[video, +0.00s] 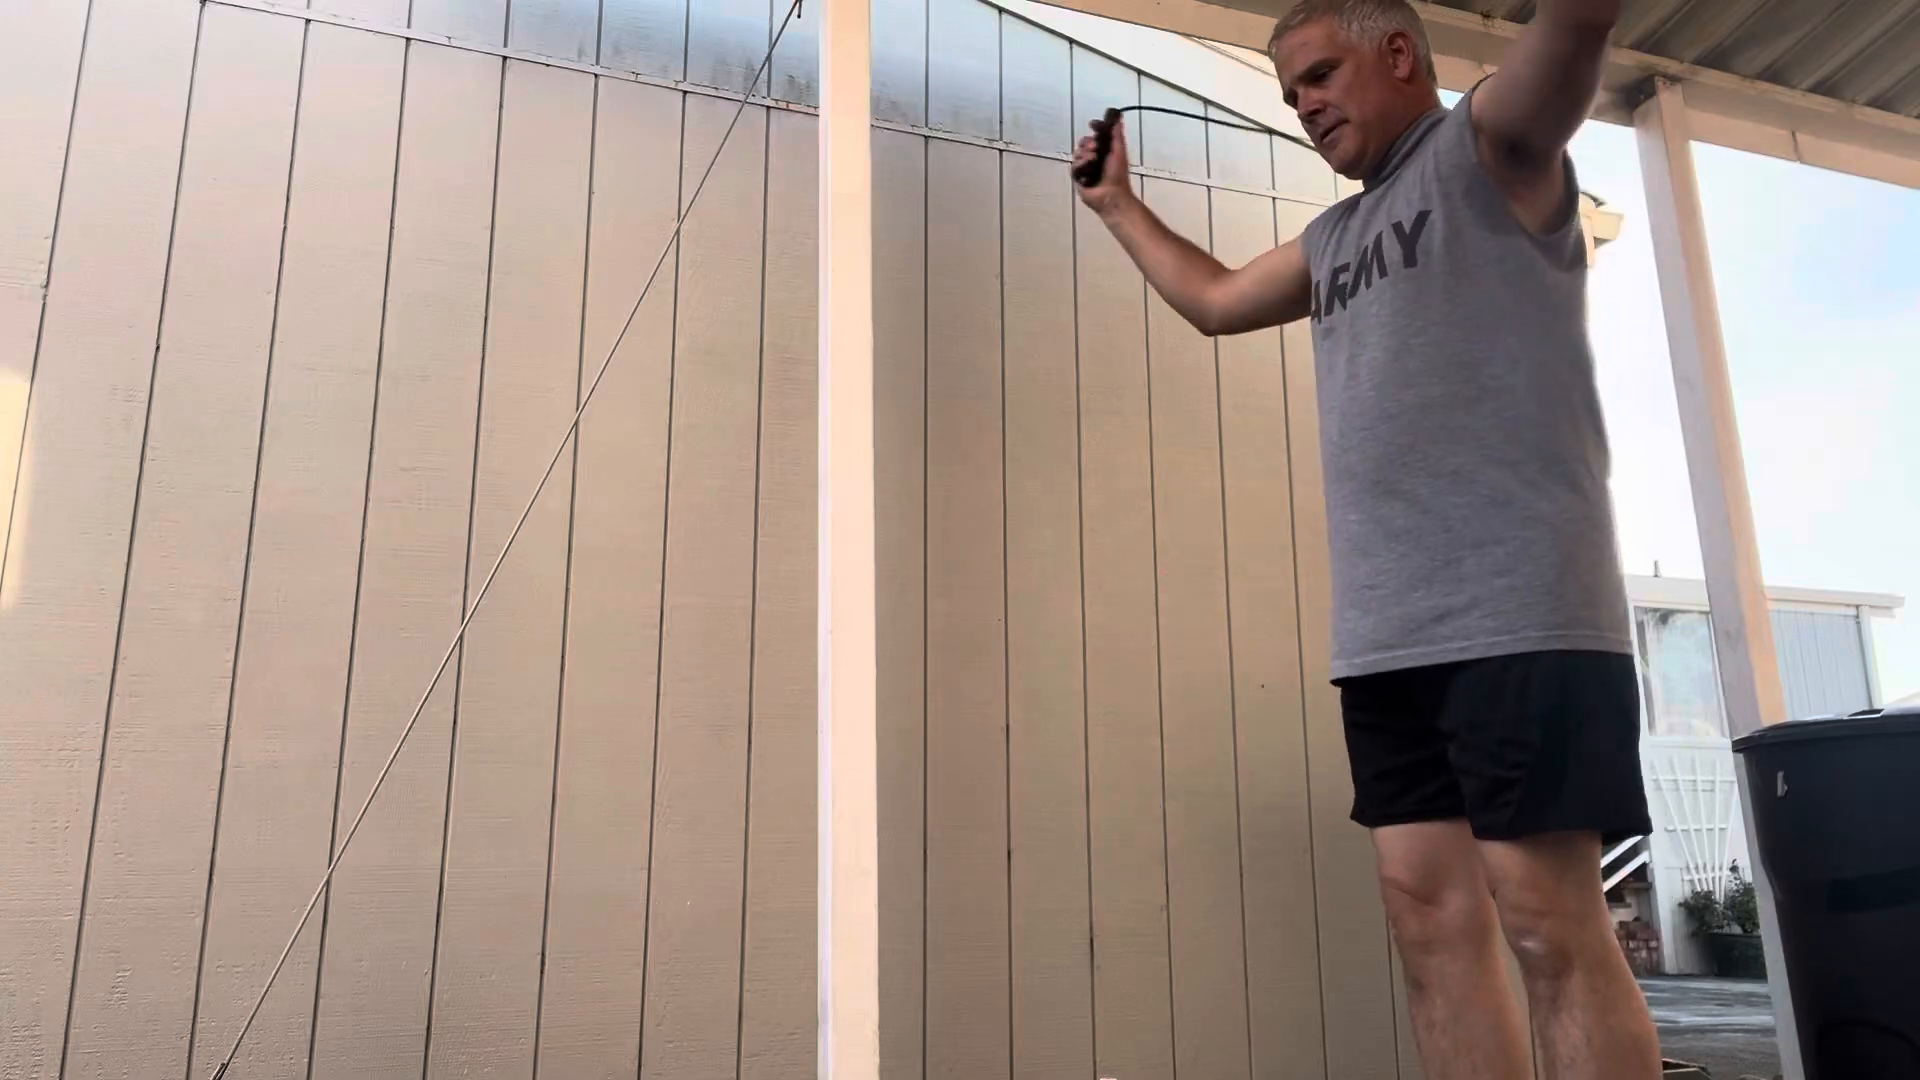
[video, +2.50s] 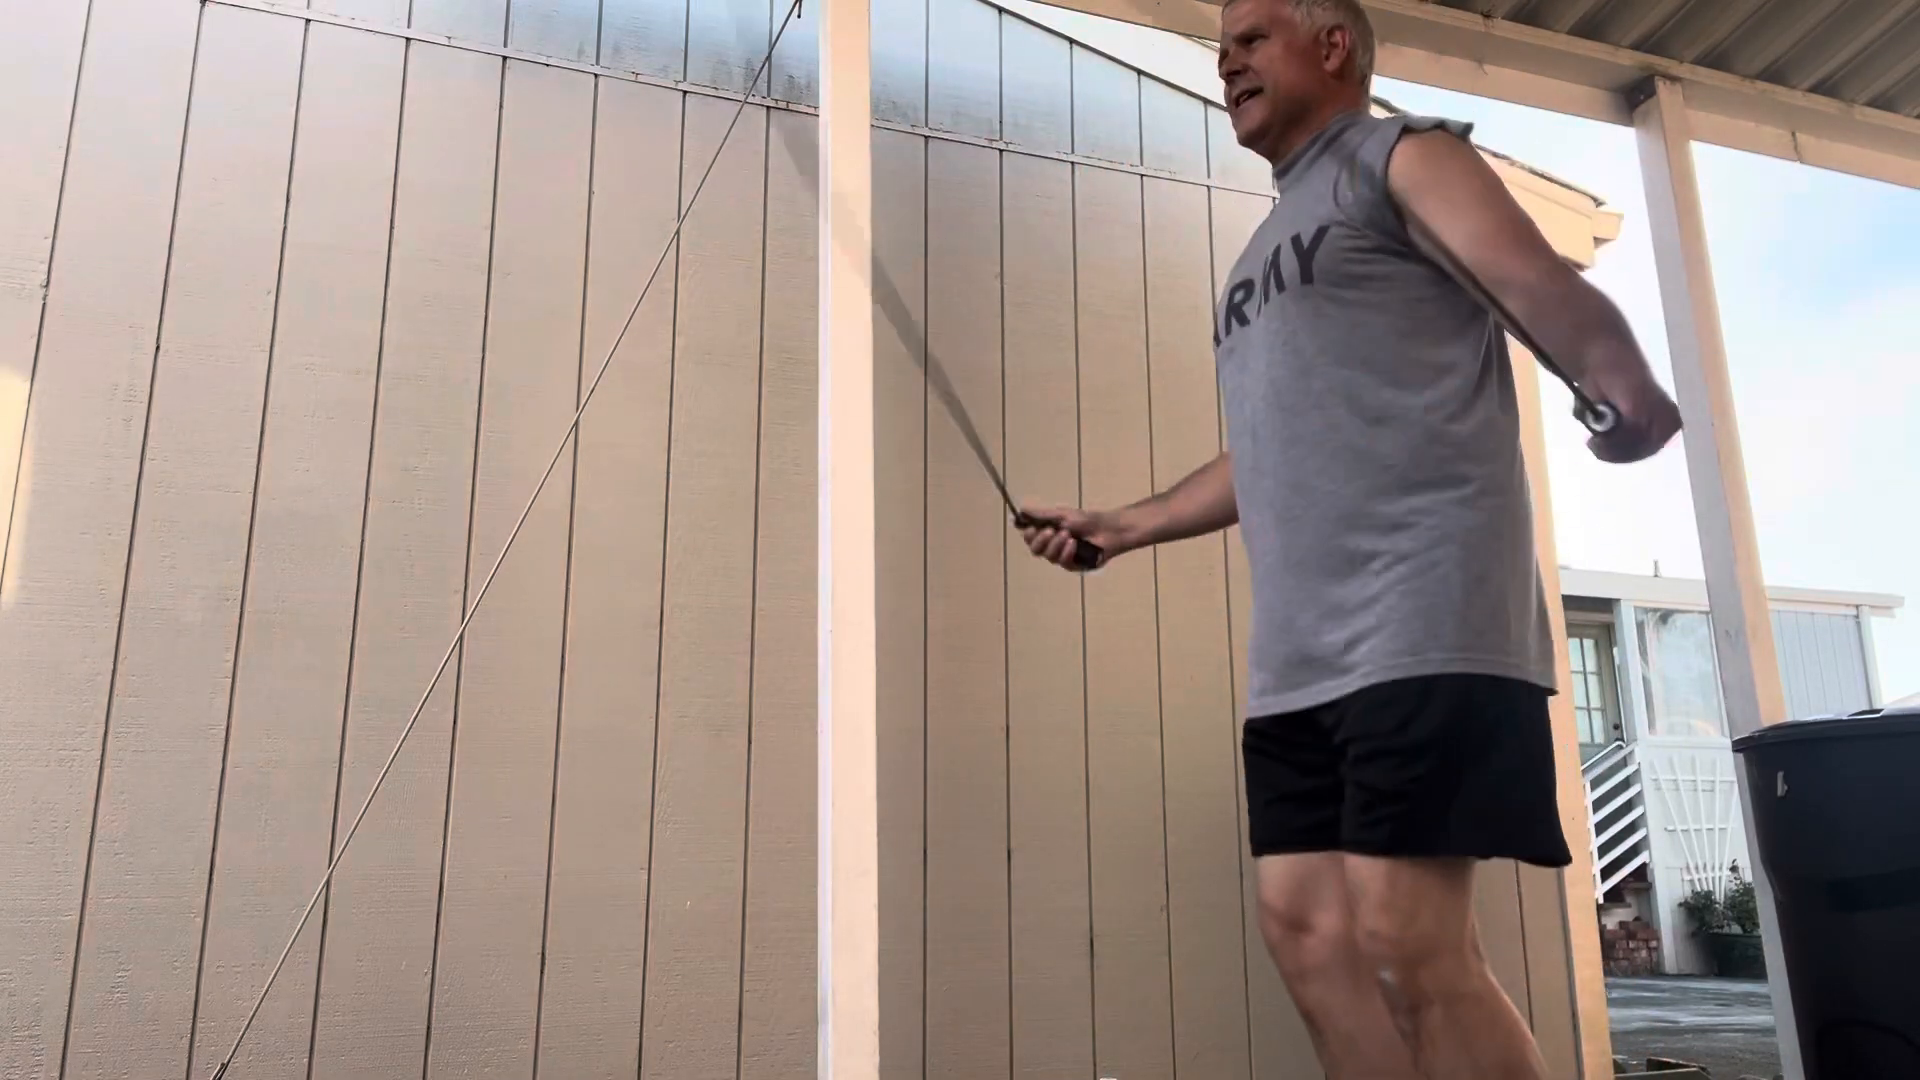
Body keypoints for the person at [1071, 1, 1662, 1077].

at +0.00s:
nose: (1306, 106)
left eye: (1322, 74)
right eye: (1292, 92)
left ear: (1401, 55)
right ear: (1292, 108)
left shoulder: (1491, 144)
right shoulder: (1332, 239)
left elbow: (1575, 24)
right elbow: (1214, 299)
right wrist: (1116, 201)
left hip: (1525, 603)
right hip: (1382, 623)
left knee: (1550, 918)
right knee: (1425, 909)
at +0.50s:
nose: (1250, 15)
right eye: (1241, 7)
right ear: (1257, 26)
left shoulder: (1446, 60)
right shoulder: (1281, 186)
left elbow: (1567, 205)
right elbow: (1294, 375)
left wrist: (1739, 321)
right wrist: (1223, 512)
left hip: (1488, 479)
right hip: (1344, 520)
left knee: (1449, 809)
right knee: (1368, 818)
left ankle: (1550, 1074)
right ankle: (1472, 1073)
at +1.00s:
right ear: (1274, 23)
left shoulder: (1440, 49)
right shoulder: (1280, 163)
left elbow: (1562, 179)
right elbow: (1287, 359)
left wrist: (1729, 264)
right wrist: (1193, 492)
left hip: (1457, 465)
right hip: (1324, 498)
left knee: (1439, 800)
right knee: (1355, 807)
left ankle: (1546, 1072)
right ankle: (1467, 1070)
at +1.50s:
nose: (1236, 7)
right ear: (1264, 18)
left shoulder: (1414, 45)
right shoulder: (1264, 161)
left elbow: (1539, 174)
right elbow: (1282, 360)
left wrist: (1696, 239)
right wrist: (1192, 470)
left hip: (1431, 490)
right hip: (1294, 522)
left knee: (1436, 817)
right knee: (1353, 822)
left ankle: (1522, 1073)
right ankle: (1437, 1070)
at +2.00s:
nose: (1218, 17)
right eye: (1216, 7)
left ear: (1325, 3)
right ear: (1235, 32)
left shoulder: (1399, 87)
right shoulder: (1249, 198)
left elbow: (1518, 210)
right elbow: (1265, 394)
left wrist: (1627, 276)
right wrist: (1147, 462)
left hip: (1411, 546)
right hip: (1281, 565)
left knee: (1412, 873)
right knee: (1330, 869)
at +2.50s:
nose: (1227, 62)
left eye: (1251, 36)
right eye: (1221, 49)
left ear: (1333, 44)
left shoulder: (1402, 155)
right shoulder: (1255, 261)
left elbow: (1533, 278)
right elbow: (1262, 459)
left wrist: (1632, 391)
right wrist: (1115, 528)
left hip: (1426, 607)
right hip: (1296, 633)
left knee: (1412, 936)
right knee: (1306, 927)